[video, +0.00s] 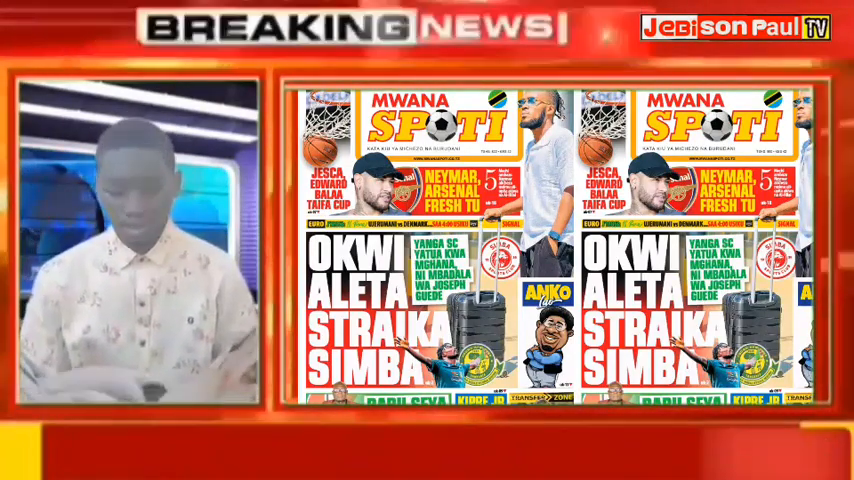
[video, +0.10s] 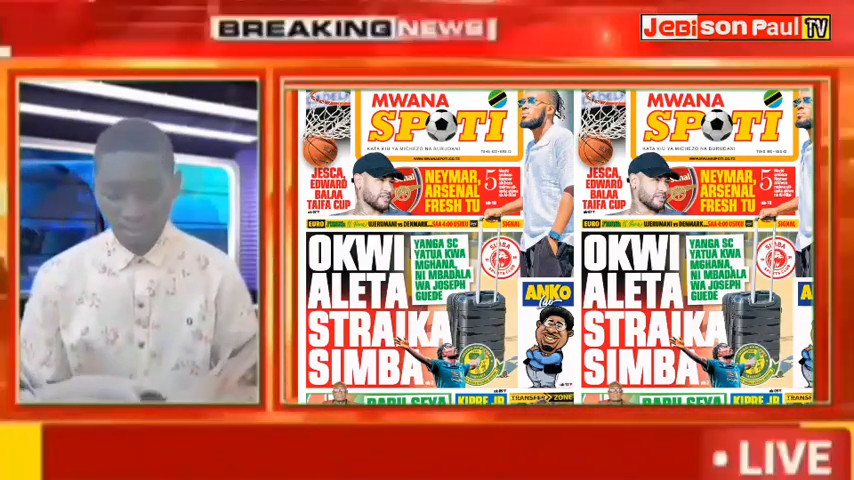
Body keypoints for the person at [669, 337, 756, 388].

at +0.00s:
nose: (728, 348)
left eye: (729, 347)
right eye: (724, 347)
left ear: (731, 351)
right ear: (718, 353)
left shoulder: (737, 366)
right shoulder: (714, 364)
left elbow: (749, 365)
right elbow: (698, 359)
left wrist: (754, 359)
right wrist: (684, 348)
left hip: (737, 400)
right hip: (720, 400)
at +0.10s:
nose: (728, 348)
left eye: (729, 347)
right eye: (724, 347)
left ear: (731, 351)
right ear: (718, 353)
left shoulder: (737, 366)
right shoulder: (714, 364)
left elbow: (749, 365)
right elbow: (698, 359)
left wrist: (754, 359)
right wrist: (684, 348)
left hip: (737, 400)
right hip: (720, 400)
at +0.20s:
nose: (728, 349)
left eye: (729, 347)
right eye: (724, 347)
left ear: (731, 351)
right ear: (718, 353)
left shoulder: (737, 366)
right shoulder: (714, 364)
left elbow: (749, 365)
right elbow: (698, 359)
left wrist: (754, 359)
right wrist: (684, 348)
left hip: (737, 400)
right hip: (720, 400)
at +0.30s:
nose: (728, 349)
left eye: (729, 347)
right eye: (724, 347)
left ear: (731, 351)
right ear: (718, 353)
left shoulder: (737, 366)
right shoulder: (714, 364)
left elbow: (749, 365)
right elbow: (698, 359)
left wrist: (754, 359)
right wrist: (684, 348)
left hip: (737, 400)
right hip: (720, 400)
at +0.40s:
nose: (728, 349)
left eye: (729, 347)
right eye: (724, 347)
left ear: (731, 351)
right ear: (718, 353)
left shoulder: (737, 366)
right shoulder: (714, 364)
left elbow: (749, 365)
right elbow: (698, 359)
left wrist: (754, 359)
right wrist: (684, 348)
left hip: (737, 400)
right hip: (720, 400)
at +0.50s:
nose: (729, 348)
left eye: (729, 347)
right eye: (724, 347)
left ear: (731, 351)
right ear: (718, 353)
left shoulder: (737, 366)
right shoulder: (714, 364)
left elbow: (750, 365)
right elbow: (698, 359)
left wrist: (755, 358)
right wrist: (683, 348)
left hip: (736, 401)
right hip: (720, 401)